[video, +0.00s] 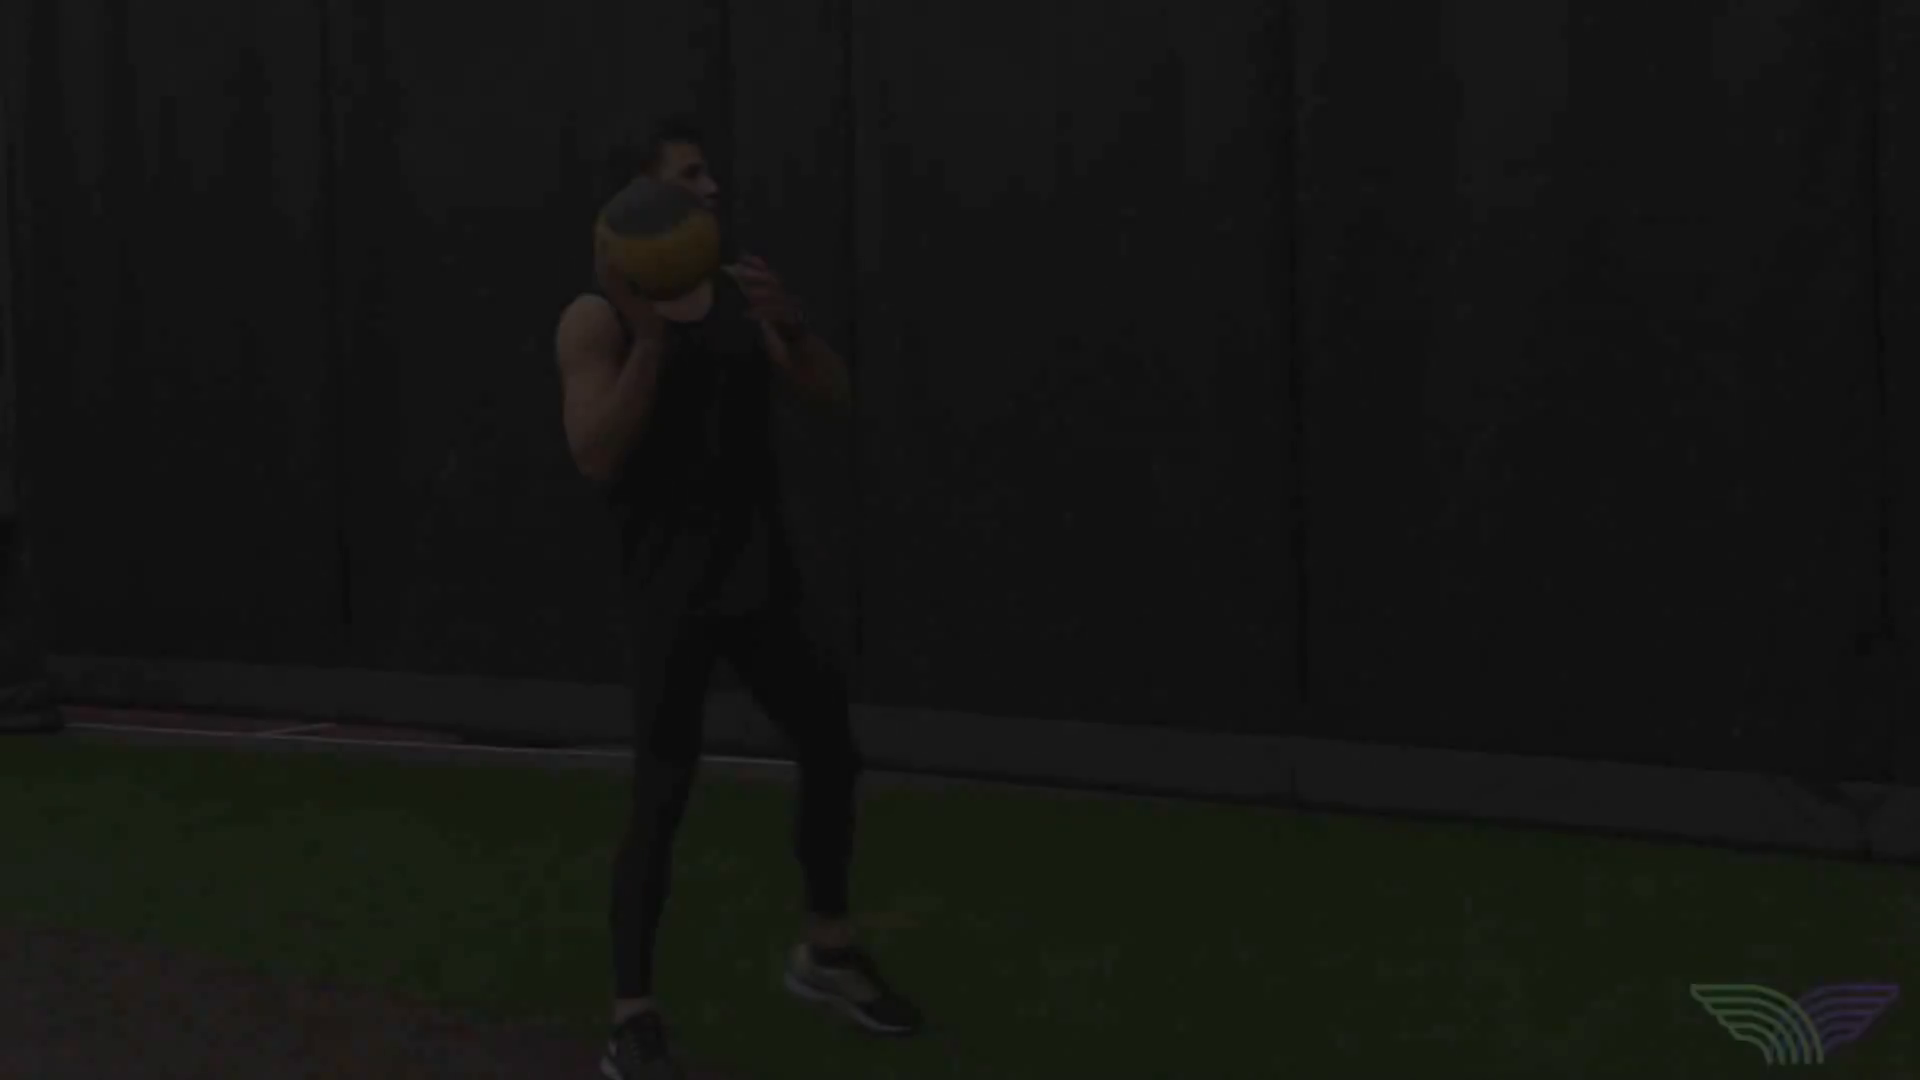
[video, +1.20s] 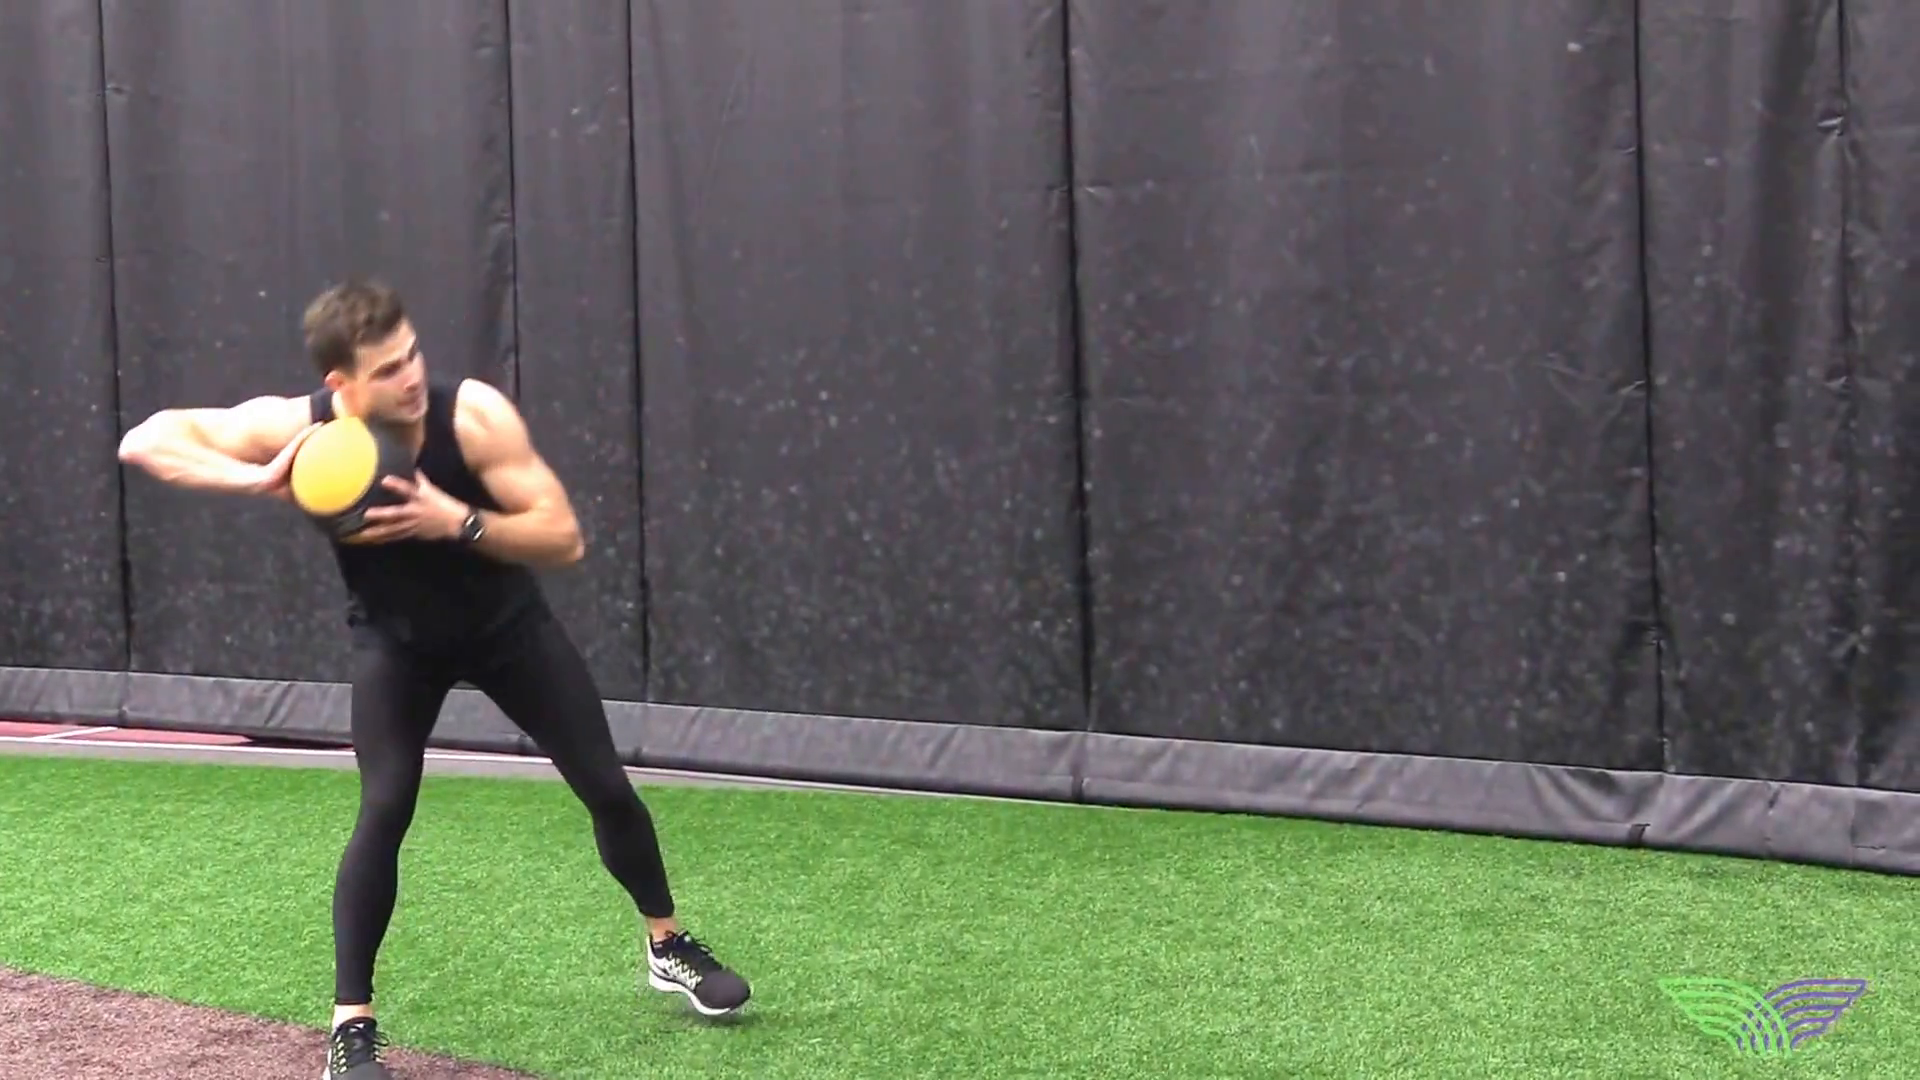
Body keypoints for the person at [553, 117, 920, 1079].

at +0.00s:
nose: (702, 192)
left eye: (705, 177)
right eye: (682, 179)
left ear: (715, 190)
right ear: (638, 196)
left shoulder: (737, 297)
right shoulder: (598, 317)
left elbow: (827, 396)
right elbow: (595, 452)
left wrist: (783, 328)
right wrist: (650, 339)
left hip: (758, 570)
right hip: (664, 580)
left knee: (830, 749)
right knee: (660, 789)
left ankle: (828, 948)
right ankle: (633, 1008)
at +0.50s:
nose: (770, 197)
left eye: (776, 185)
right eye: (749, 184)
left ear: (788, 205)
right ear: (704, 206)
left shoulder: (815, 306)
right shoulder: (666, 297)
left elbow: (910, 425)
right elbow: (540, 321)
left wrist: (856, 342)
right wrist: (668, 296)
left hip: (802, 588)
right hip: (699, 586)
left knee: (831, 781)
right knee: (680, 780)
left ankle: (840, 977)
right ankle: (625, 992)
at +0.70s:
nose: (719, 209)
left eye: (724, 195)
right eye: (699, 195)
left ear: (731, 212)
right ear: (650, 213)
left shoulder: (754, 317)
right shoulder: (600, 302)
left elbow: (850, 429)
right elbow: (464, 318)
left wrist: (795, 344)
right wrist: (585, 308)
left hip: (730, 591)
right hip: (626, 588)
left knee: (760, 777)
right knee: (616, 768)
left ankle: (783, 977)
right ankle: (560, 990)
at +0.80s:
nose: (663, 221)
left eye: (668, 205)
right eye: (641, 207)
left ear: (676, 220)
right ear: (585, 226)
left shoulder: (706, 315)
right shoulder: (542, 311)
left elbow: (799, 431)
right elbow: (396, 327)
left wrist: (745, 349)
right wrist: (541, 324)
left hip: (678, 592)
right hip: (574, 590)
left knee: (711, 776)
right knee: (548, 768)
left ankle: (739, 974)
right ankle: (474, 985)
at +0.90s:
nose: (589, 242)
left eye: (592, 224)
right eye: (566, 230)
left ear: (600, 234)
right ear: (516, 248)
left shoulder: (645, 325)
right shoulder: (473, 327)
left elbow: (731, 441)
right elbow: (321, 346)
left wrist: (648, 379)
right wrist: (444, 352)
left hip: (622, 601)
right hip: (513, 599)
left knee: (668, 781)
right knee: (479, 780)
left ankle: (701, 976)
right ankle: (407, 1001)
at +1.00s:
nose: (510, 278)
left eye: (516, 260)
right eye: (488, 267)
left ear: (527, 265)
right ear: (439, 286)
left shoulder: (572, 348)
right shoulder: (403, 357)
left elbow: (663, 466)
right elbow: (244, 376)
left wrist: (570, 425)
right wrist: (354, 390)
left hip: (571, 619)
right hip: (460, 618)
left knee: (640, 788)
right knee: (425, 801)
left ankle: (678, 976)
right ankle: (367, 1016)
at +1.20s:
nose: (416, 375)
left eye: (415, 354)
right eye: (392, 368)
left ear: (422, 345)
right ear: (340, 385)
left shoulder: (478, 413)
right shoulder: (299, 429)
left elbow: (565, 539)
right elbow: (142, 442)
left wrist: (458, 521)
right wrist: (247, 477)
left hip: (510, 625)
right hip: (398, 643)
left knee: (610, 787)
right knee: (385, 808)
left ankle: (669, 943)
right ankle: (353, 1019)